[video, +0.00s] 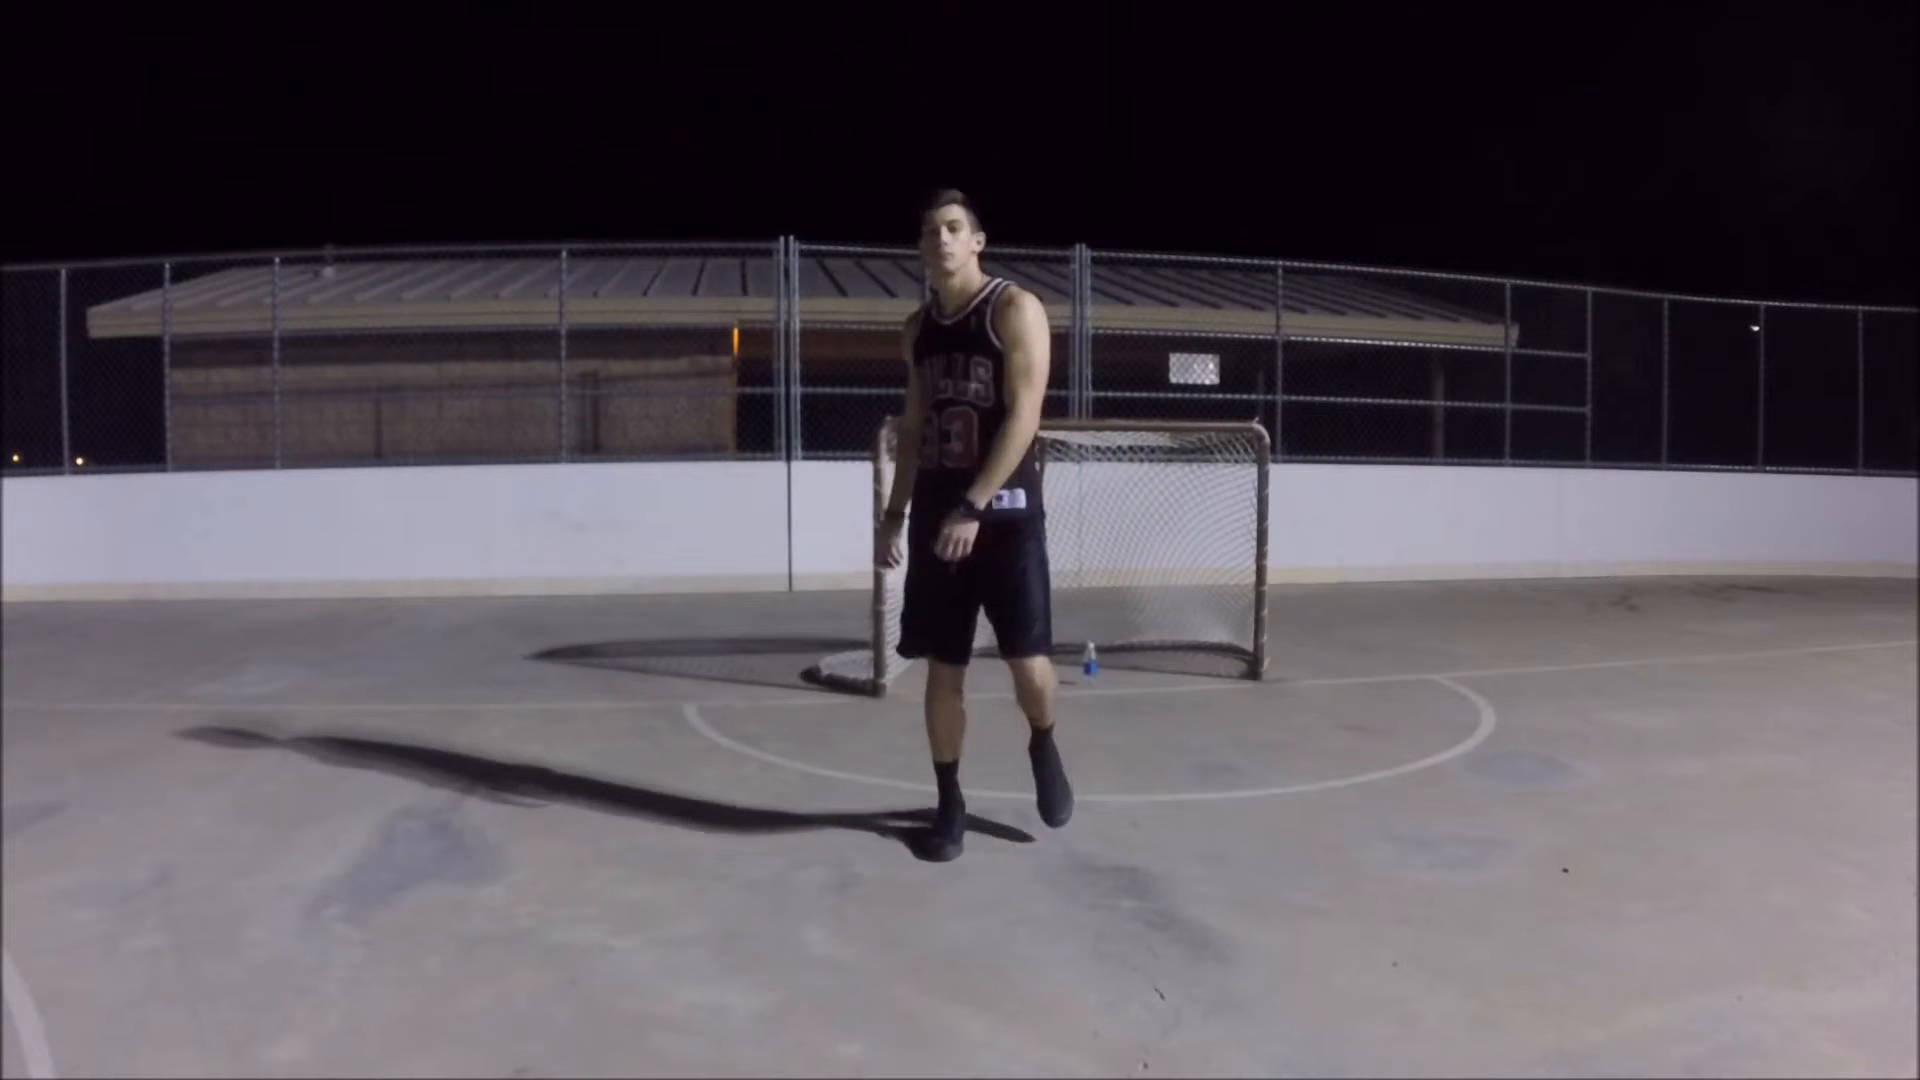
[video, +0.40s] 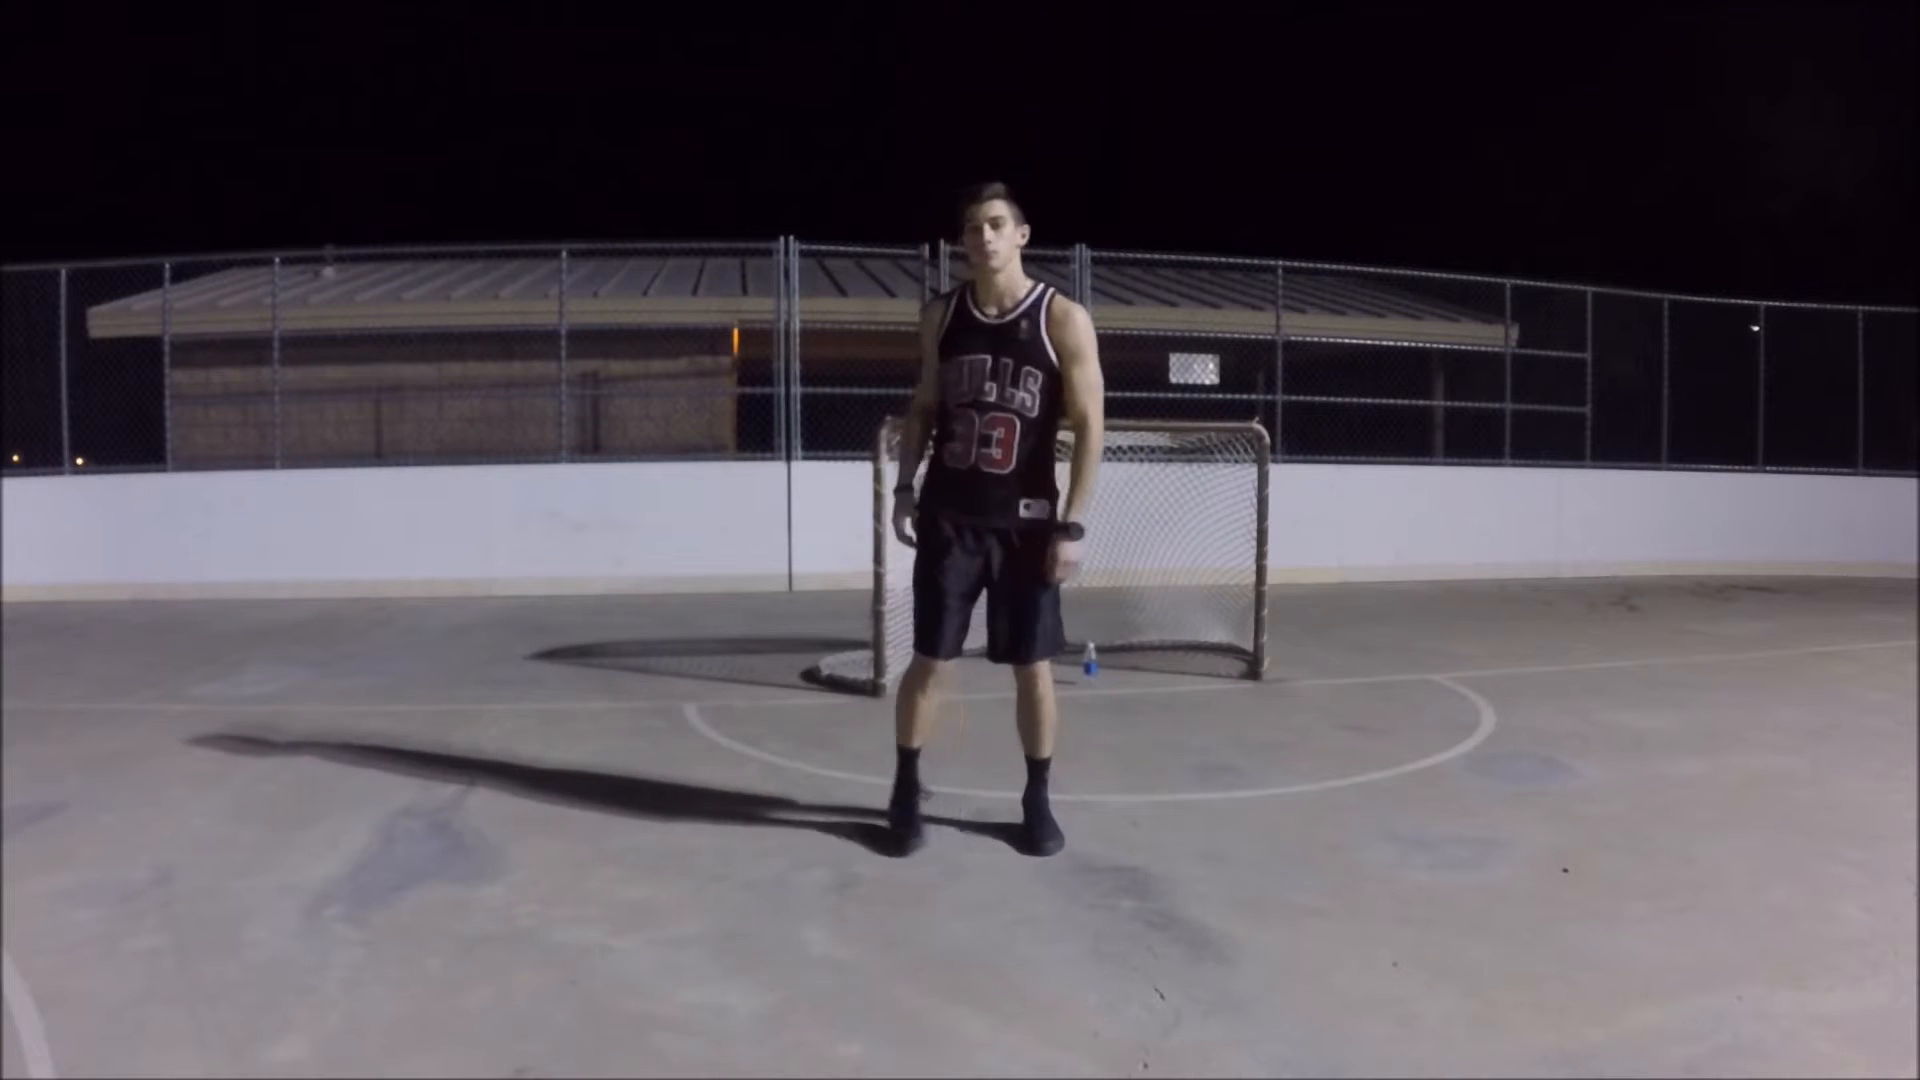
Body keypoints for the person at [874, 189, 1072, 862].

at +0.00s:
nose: (940, 240)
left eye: (952, 229)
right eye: (930, 232)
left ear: (978, 241)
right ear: (919, 248)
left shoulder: (1018, 310)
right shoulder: (919, 325)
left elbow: (1024, 419)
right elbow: (914, 426)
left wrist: (971, 506)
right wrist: (893, 514)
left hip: (1007, 509)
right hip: (938, 508)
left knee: (1029, 664)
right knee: (944, 666)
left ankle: (1043, 746)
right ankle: (949, 806)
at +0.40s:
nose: (984, 237)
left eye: (995, 226)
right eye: (972, 229)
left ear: (1022, 235)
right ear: (960, 243)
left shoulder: (1063, 318)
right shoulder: (942, 314)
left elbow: (1090, 424)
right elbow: (923, 405)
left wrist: (1072, 524)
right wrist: (904, 485)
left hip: (1028, 521)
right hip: (949, 515)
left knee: (1032, 665)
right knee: (929, 658)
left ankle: (1038, 802)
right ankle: (905, 794)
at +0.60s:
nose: (980, 251)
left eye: (992, 239)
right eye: (970, 242)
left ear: (1018, 246)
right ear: (958, 252)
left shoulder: (1058, 325)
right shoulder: (936, 322)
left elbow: (1097, 419)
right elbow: (872, 397)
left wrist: (1127, 505)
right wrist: (845, 478)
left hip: (1024, 531)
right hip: (943, 527)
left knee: (1035, 674)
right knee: (891, 664)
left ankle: (1040, 803)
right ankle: (828, 789)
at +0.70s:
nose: (973, 268)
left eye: (985, 257)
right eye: (963, 257)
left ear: (1007, 261)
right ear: (949, 262)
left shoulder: (1045, 332)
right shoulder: (920, 329)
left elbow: (1122, 395)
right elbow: (838, 372)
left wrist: (1187, 442)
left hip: (1017, 540)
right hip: (932, 538)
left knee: (1039, 682)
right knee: (869, 674)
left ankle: (1040, 805)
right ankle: (804, 788)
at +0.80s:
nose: (964, 260)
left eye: (973, 246)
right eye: (952, 248)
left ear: (995, 237)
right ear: (933, 244)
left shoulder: (1032, 299)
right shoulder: (904, 301)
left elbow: (1128, 325)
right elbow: (802, 328)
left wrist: (1223, 326)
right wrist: (720, 307)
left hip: (997, 513)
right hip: (915, 510)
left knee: (1015, 656)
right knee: (874, 655)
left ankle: (1032, 799)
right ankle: (808, 777)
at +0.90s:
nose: (950, 256)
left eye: (961, 242)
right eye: (939, 244)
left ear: (978, 226)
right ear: (918, 232)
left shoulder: (1011, 271)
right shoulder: (883, 277)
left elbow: (1108, 258)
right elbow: (774, 282)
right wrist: (730, 224)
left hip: (976, 486)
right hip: (901, 487)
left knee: (971, 641)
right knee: (892, 641)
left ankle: (954, 775)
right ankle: (858, 785)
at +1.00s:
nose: (934, 272)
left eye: (942, 257)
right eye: (920, 261)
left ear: (963, 238)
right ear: (899, 247)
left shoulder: (995, 282)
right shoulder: (869, 286)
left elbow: (1090, 245)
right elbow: (770, 283)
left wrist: (1138, 169)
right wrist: (749, 203)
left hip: (955, 496)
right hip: (885, 498)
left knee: (902, 653)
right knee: (925, 656)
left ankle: (849, 778)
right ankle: (969, 807)